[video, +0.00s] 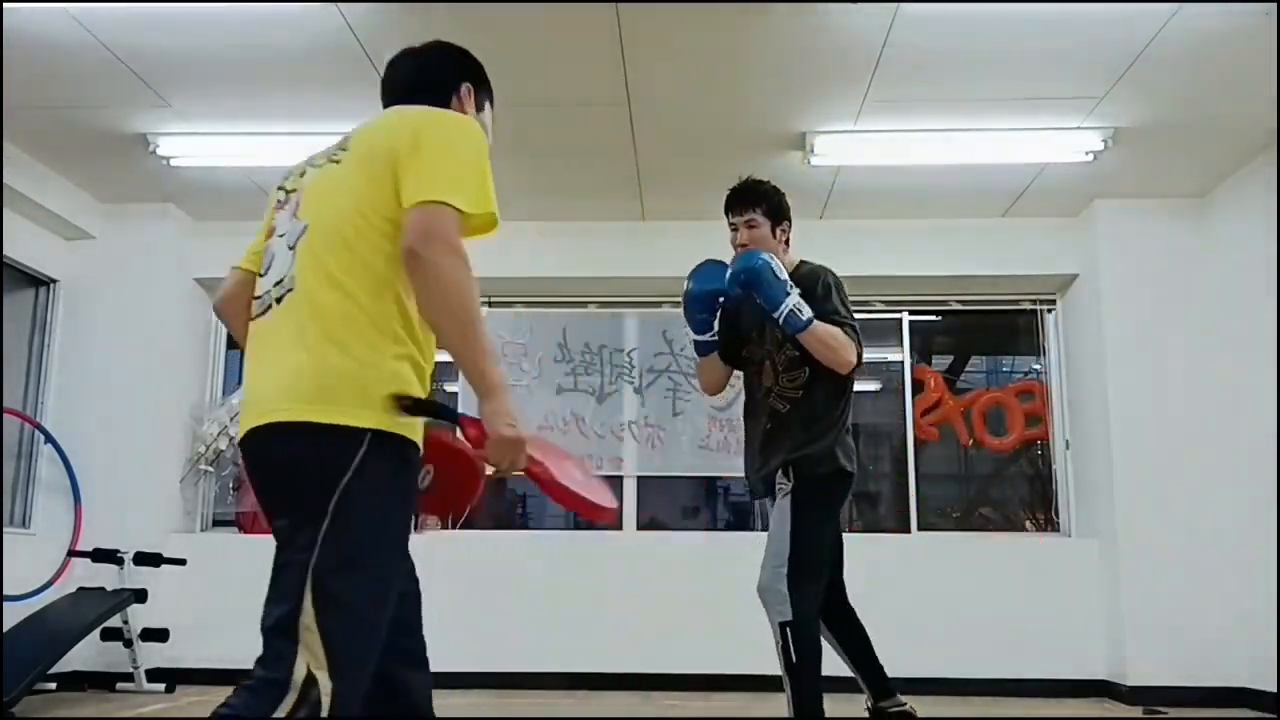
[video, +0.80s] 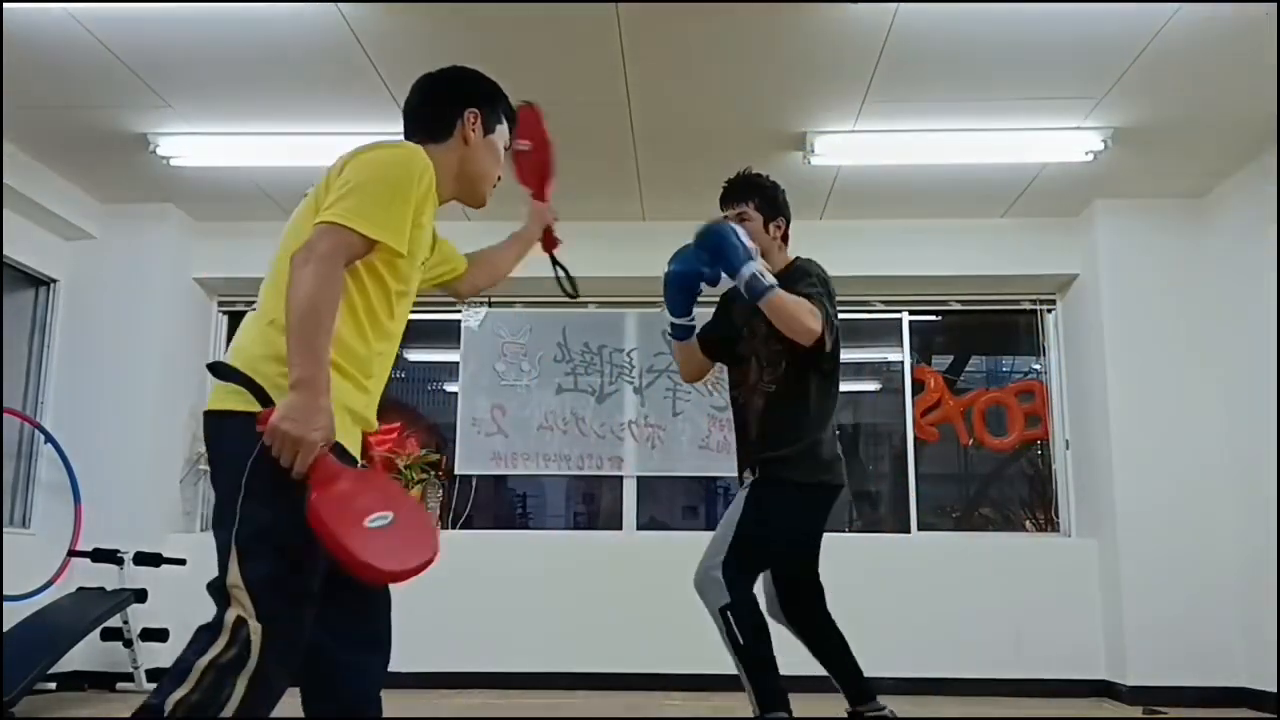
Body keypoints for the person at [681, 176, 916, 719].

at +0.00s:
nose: (741, 237)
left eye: (752, 226)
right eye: (734, 228)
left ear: (783, 232)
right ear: (730, 236)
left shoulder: (816, 282)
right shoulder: (739, 299)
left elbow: (846, 358)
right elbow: (714, 384)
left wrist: (786, 304)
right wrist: (704, 330)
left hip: (817, 460)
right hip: (776, 465)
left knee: (783, 590)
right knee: (823, 593)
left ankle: (806, 712)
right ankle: (886, 700)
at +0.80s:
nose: (732, 233)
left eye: (742, 221)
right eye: (725, 224)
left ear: (778, 227)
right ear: (726, 234)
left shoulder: (806, 278)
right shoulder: (738, 299)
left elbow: (810, 330)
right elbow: (693, 369)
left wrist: (749, 272)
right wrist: (681, 314)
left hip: (799, 467)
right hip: (781, 468)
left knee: (718, 579)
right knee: (796, 601)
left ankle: (773, 711)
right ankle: (867, 705)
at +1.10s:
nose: (708, 227)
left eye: (720, 214)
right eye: (705, 216)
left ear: (757, 219)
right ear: (713, 223)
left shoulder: (785, 279)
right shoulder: (729, 292)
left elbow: (809, 346)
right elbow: (699, 379)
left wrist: (731, 314)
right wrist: (681, 330)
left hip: (774, 468)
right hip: (745, 467)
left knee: (731, 593)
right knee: (750, 596)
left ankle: (751, 712)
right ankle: (835, 702)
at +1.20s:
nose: (693, 242)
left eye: (703, 230)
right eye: (690, 232)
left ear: (739, 232)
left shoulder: (776, 285)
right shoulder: (721, 309)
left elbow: (822, 357)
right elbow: (704, 393)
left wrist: (747, 361)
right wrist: (681, 332)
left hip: (786, 472)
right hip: (760, 473)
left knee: (722, 584)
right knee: (770, 605)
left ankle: (743, 711)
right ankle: (827, 707)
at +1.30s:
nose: (688, 263)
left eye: (698, 251)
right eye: (684, 254)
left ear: (734, 254)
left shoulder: (776, 305)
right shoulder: (718, 330)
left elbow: (830, 377)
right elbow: (704, 418)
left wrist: (759, 376)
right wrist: (678, 363)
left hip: (789, 491)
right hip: (764, 493)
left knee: (721, 598)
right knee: (774, 619)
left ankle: (743, 715)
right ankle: (831, 712)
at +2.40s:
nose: (655, 257)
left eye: (662, 244)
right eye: (652, 247)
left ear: (699, 243)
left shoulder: (721, 287)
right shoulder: (659, 321)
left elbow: (736, 348)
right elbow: (698, 405)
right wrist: (665, 362)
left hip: (736, 494)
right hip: (773, 499)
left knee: (629, 604)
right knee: (733, 606)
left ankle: (650, 712)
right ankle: (801, 711)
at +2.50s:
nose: (651, 269)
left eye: (660, 256)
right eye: (647, 261)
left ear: (698, 260)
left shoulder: (717, 310)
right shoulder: (705, 324)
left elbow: (760, 373)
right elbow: (689, 435)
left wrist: (755, 455)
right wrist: (653, 375)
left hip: (729, 508)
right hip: (758, 509)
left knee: (626, 617)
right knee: (732, 629)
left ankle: (637, 716)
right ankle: (804, 714)